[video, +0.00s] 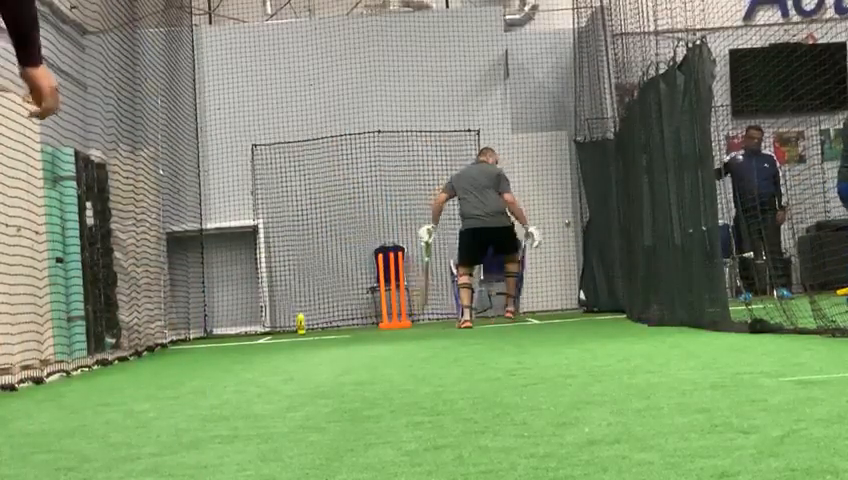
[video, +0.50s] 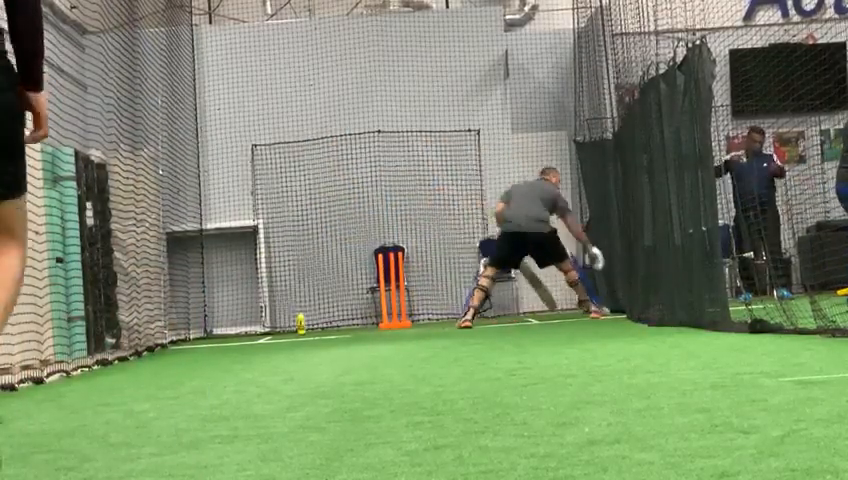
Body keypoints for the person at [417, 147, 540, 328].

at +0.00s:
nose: (496, 165)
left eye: (497, 163)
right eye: (496, 162)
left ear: (479, 157)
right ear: (488, 157)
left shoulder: (460, 175)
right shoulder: (496, 173)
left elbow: (439, 201)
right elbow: (509, 200)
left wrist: (433, 225)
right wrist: (526, 226)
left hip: (471, 231)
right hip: (501, 229)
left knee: (464, 270)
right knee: (512, 259)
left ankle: (466, 317)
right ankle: (510, 307)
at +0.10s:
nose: (498, 165)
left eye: (498, 162)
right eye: (498, 162)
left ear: (481, 158)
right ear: (492, 158)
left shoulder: (463, 175)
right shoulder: (498, 172)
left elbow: (444, 201)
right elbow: (514, 201)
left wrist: (442, 226)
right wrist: (536, 223)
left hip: (473, 230)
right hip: (503, 228)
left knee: (466, 271)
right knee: (522, 257)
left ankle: (466, 317)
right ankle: (530, 305)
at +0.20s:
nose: (506, 166)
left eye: (507, 163)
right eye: (506, 162)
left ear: (487, 159)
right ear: (499, 159)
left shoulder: (468, 176)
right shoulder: (504, 173)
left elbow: (452, 201)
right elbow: (522, 200)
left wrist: (454, 227)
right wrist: (546, 222)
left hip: (478, 230)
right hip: (508, 226)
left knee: (469, 271)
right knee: (533, 257)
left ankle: (466, 316)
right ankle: (554, 301)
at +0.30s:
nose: (518, 169)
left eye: (518, 166)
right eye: (518, 165)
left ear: (499, 161)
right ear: (512, 162)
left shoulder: (477, 178)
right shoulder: (515, 177)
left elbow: (463, 205)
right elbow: (534, 203)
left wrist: (468, 227)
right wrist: (557, 224)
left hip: (485, 231)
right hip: (516, 227)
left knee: (473, 272)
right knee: (546, 260)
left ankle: (466, 317)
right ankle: (573, 298)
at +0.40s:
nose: (535, 174)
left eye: (535, 171)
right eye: (534, 171)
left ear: (517, 167)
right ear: (528, 168)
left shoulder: (493, 182)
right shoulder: (531, 182)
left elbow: (478, 208)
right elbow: (550, 212)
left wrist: (486, 228)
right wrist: (569, 230)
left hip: (495, 234)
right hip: (526, 232)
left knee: (479, 273)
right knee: (557, 265)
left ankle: (467, 316)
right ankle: (586, 303)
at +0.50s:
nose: (558, 184)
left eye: (558, 181)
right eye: (558, 181)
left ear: (540, 176)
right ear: (553, 177)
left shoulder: (516, 187)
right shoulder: (553, 192)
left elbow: (499, 210)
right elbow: (572, 224)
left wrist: (505, 231)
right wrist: (589, 247)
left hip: (510, 235)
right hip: (542, 234)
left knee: (489, 272)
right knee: (567, 270)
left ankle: (469, 314)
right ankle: (589, 307)